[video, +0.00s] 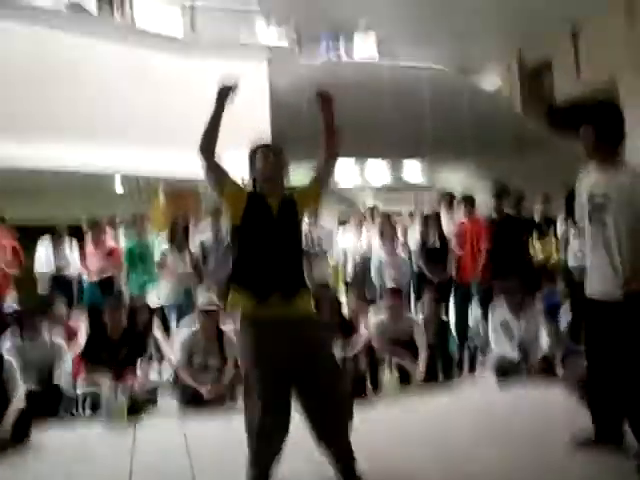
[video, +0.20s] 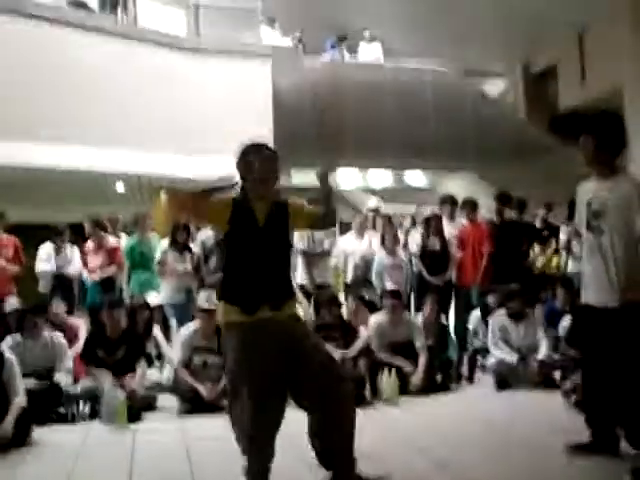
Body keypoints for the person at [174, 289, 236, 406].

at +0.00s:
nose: (209, 318)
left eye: (213, 313)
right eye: (205, 313)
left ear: (218, 315)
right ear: (198, 315)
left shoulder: (225, 340)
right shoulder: (187, 339)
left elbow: (230, 366)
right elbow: (180, 367)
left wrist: (220, 387)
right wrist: (199, 387)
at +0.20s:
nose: (209, 316)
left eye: (212, 312)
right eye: (205, 312)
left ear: (217, 314)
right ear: (197, 313)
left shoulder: (222, 334)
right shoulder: (186, 334)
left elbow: (229, 366)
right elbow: (179, 366)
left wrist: (218, 388)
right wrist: (200, 388)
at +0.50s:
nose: (208, 294)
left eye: (211, 289)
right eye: (203, 289)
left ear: (217, 291)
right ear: (195, 292)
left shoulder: (224, 311)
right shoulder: (185, 311)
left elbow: (231, 342)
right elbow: (177, 344)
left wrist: (219, 363)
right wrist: (198, 363)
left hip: (217, 359)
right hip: (193, 357)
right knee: (171, 364)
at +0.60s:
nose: (207, 296)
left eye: (211, 291)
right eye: (203, 291)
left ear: (218, 293)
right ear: (196, 293)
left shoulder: (225, 312)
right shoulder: (186, 312)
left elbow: (232, 343)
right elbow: (178, 345)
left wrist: (220, 365)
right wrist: (200, 365)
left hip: (218, 359)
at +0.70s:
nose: (209, 295)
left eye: (212, 290)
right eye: (205, 291)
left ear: (218, 292)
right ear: (196, 293)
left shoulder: (224, 312)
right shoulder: (186, 313)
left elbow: (232, 343)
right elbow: (179, 345)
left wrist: (220, 364)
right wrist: (199, 365)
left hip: (218, 359)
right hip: (193, 357)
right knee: (173, 364)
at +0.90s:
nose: (211, 294)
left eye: (215, 290)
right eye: (206, 290)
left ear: (220, 292)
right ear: (197, 293)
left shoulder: (224, 313)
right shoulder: (186, 314)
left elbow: (233, 344)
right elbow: (180, 346)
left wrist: (222, 364)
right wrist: (200, 365)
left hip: (218, 360)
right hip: (194, 359)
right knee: (173, 364)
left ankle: (195, 384)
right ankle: (221, 381)